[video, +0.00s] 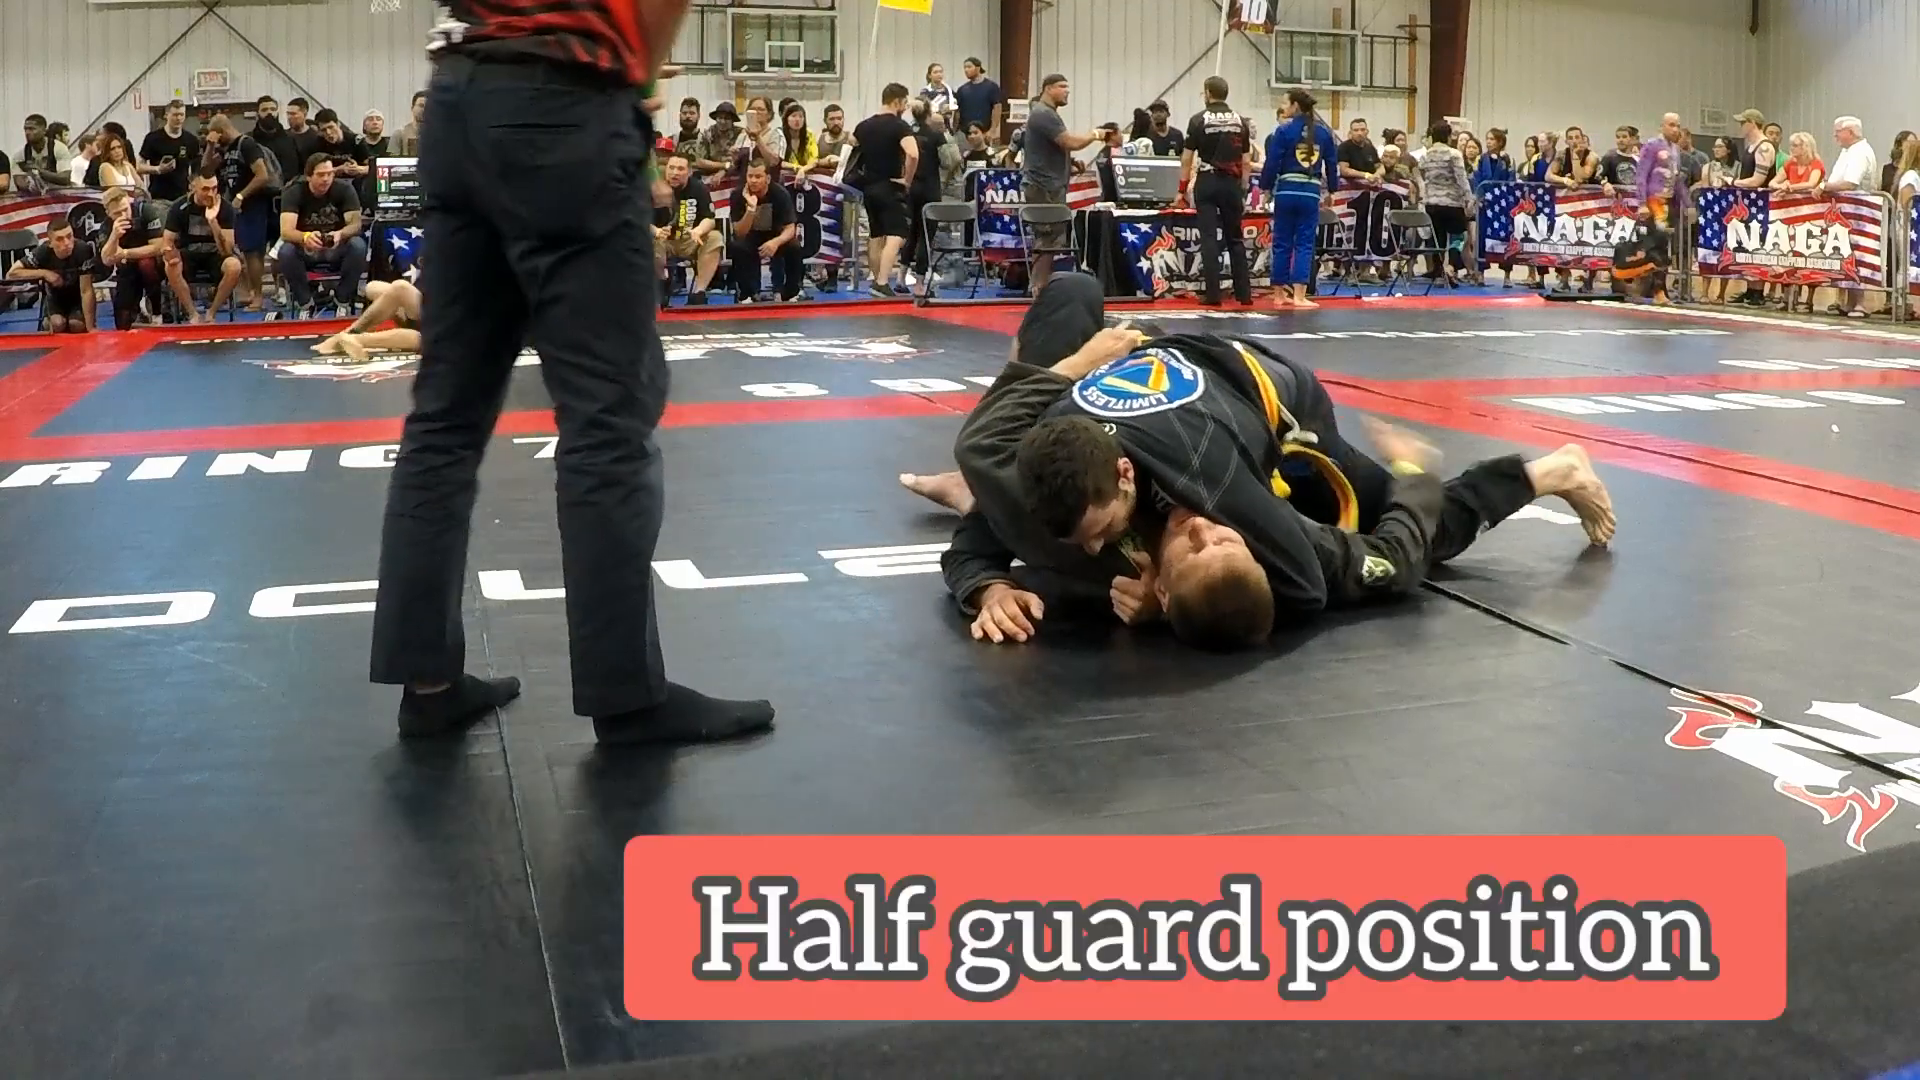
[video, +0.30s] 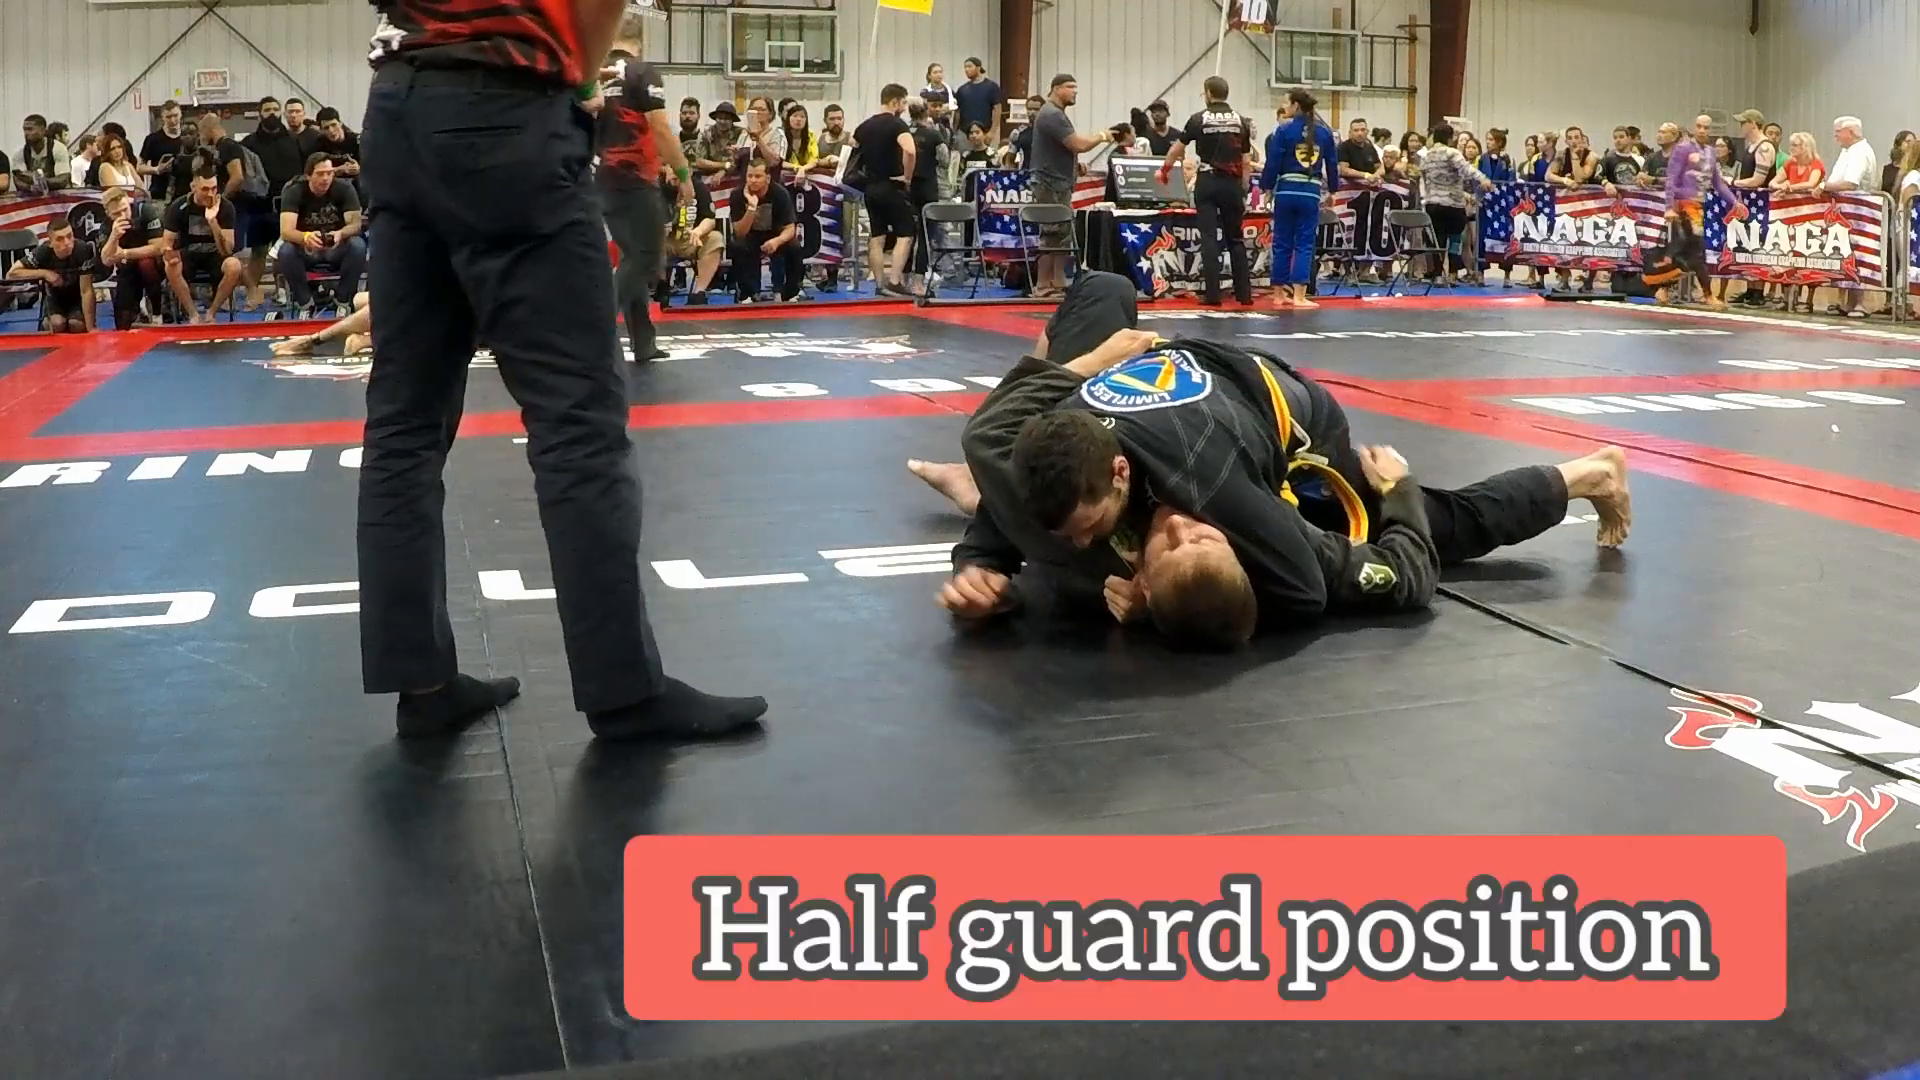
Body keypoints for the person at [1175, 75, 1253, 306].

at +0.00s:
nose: (1203, 95)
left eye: (1204, 92)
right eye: (1205, 92)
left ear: (1208, 94)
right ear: (1226, 94)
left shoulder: (1198, 120)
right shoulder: (1240, 121)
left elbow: (1187, 160)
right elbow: (1245, 160)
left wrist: (1182, 190)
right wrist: (1243, 189)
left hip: (1206, 180)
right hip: (1232, 181)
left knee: (1208, 238)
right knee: (1235, 238)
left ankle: (1212, 294)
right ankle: (1243, 293)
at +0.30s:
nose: (1203, 95)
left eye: (1204, 92)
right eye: (1204, 92)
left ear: (1208, 94)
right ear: (1226, 94)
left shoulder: (1197, 120)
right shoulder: (1241, 121)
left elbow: (1177, 149)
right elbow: (1245, 159)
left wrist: (1164, 169)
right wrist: (1244, 189)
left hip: (1206, 181)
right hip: (1233, 183)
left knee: (1208, 238)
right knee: (1235, 238)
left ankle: (1212, 295)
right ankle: (1244, 295)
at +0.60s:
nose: (1202, 96)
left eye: (1203, 93)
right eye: (1204, 92)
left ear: (1207, 95)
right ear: (1226, 94)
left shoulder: (1197, 119)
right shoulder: (1241, 121)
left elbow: (1170, 146)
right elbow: (1245, 160)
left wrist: (1161, 156)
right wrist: (1244, 187)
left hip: (1205, 182)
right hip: (1231, 184)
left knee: (1208, 239)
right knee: (1236, 239)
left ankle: (1212, 296)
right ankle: (1244, 295)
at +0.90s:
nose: (1203, 96)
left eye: (1203, 93)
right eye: (1206, 93)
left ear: (1206, 95)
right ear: (1225, 94)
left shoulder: (1195, 120)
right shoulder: (1240, 121)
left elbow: (1181, 155)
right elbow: (1245, 160)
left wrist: (1176, 180)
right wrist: (1245, 187)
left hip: (1203, 181)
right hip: (1230, 182)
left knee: (1207, 238)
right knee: (1236, 239)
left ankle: (1212, 295)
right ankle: (1244, 294)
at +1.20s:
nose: (1199, 97)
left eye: (1200, 93)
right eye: (1201, 93)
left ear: (1203, 95)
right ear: (1222, 94)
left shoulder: (1195, 121)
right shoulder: (1239, 121)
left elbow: (1186, 159)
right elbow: (1246, 159)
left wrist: (1181, 187)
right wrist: (1244, 189)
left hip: (1204, 180)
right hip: (1230, 181)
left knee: (1208, 238)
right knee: (1236, 238)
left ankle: (1212, 294)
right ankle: (1244, 294)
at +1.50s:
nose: (1200, 95)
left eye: (1201, 92)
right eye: (1203, 92)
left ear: (1203, 94)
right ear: (1222, 93)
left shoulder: (1195, 120)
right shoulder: (1238, 120)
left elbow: (1185, 159)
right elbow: (1245, 158)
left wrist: (1179, 191)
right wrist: (1245, 188)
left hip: (1203, 181)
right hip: (1229, 182)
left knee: (1207, 239)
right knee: (1235, 238)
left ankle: (1212, 294)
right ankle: (1244, 294)